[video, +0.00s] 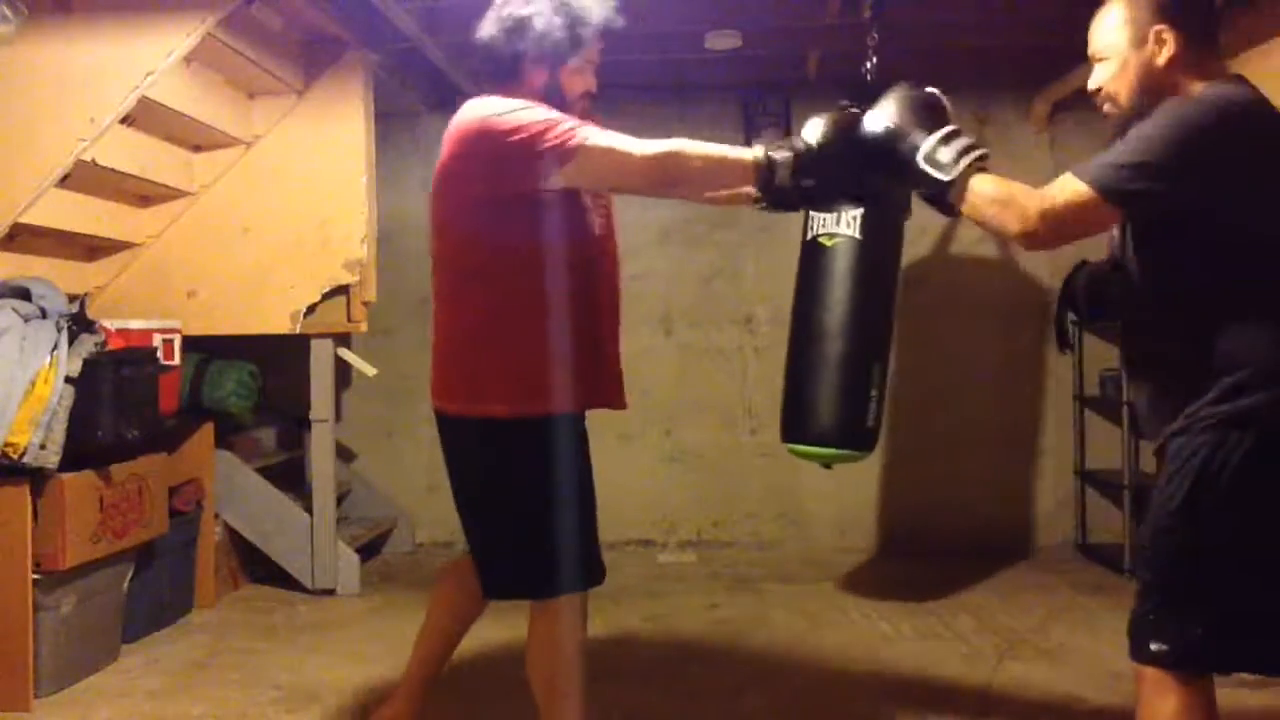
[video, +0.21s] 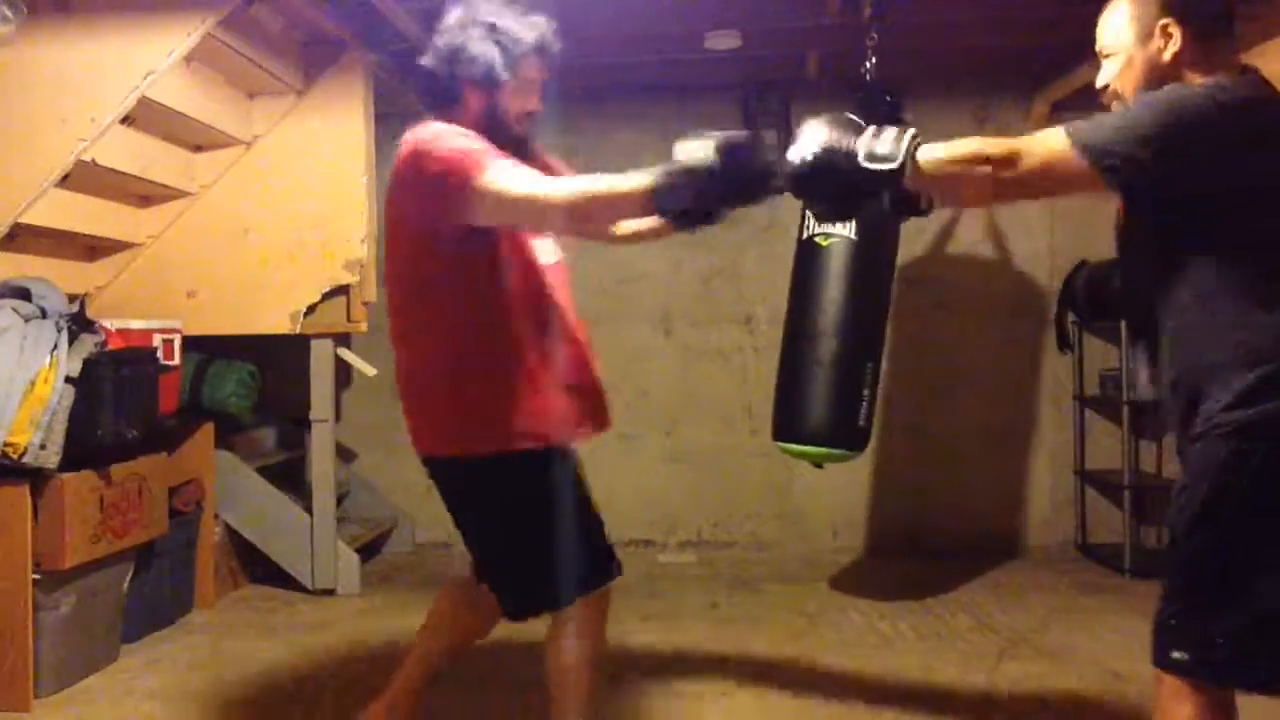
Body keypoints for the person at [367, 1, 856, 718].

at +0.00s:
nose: (594, 85)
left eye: (596, 67)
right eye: (585, 66)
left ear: (542, 70)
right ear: (536, 63)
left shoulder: (551, 138)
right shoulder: (492, 127)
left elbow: (672, 178)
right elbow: (648, 164)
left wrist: (784, 182)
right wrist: (781, 163)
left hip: (537, 397)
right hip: (506, 402)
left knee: (487, 560)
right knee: (560, 585)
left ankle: (404, 701)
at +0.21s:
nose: (537, 105)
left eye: (540, 87)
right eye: (527, 86)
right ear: (475, 83)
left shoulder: (513, 160)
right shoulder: (432, 152)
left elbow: (603, 220)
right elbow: (556, 206)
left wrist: (714, 196)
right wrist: (686, 177)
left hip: (518, 426)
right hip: (485, 432)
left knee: (497, 580)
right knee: (584, 583)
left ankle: (392, 706)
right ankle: (570, 716)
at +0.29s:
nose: (516, 82)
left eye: (518, 65)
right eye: (502, 63)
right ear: (448, 62)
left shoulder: (504, 142)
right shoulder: (406, 118)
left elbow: (568, 213)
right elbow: (471, 198)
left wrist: (630, 203)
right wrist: (590, 191)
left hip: (499, 401)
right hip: (446, 406)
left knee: (453, 586)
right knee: (535, 600)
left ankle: (380, 706)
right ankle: (551, 712)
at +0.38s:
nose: (491, 55)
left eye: (495, 42)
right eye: (476, 36)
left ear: (491, 57)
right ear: (424, 39)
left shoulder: (494, 134)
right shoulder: (384, 95)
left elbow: (538, 196)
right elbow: (400, 187)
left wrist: (579, 207)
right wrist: (517, 210)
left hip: (483, 377)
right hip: (421, 380)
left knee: (432, 571)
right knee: (480, 580)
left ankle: (376, 705)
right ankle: (485, 710)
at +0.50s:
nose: (467, 68)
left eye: (470, 54)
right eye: (455, 51)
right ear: (404, 51)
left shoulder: (455, 140)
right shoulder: (354, 113)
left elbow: (477, 239)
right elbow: (349, 231)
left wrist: (526, 264)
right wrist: (462, 262)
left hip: (456, 380)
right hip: (384, 382)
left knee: (512, 545)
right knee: (398, 576)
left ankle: (417, 703)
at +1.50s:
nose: (389, 144)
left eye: (395, 131)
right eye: (374, 126)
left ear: (401, 138)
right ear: (327, 130)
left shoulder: (408, 211)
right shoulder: (280, 206)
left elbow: (439, 295)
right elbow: (286, 325)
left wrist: (448, 338)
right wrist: (376, 276)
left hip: (416, 434)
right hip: (317, 443)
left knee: (466, 569)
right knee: (285, 582)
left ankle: (446, 712)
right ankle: (220, 709)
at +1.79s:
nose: (304, 129)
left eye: (315, 114)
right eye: (286, 114)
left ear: (327, 121)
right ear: (249, 124)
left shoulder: (360, 187)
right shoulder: (218, 197)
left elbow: (397, 276)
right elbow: (209, 292)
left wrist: (395, 347)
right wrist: (293, 228)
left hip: (348, 411)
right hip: (252, 414)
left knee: (381, 549)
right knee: (239, 560)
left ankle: (337, 671)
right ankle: (219, 699)